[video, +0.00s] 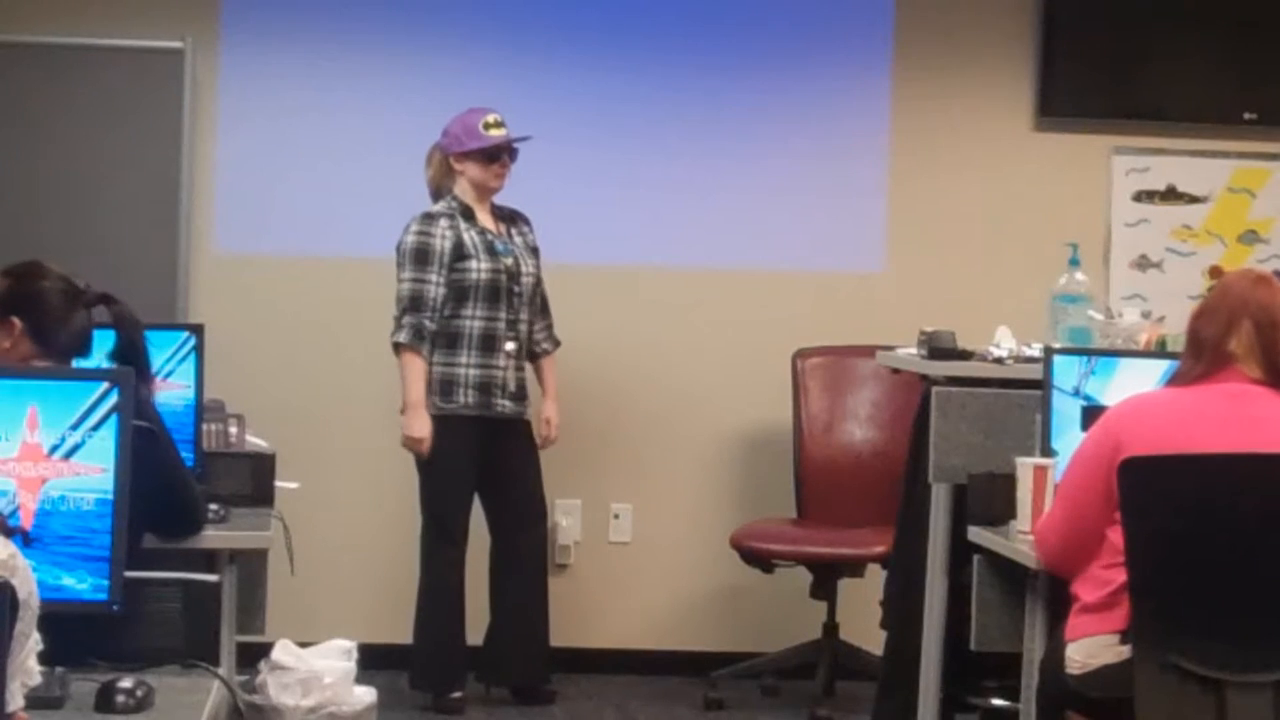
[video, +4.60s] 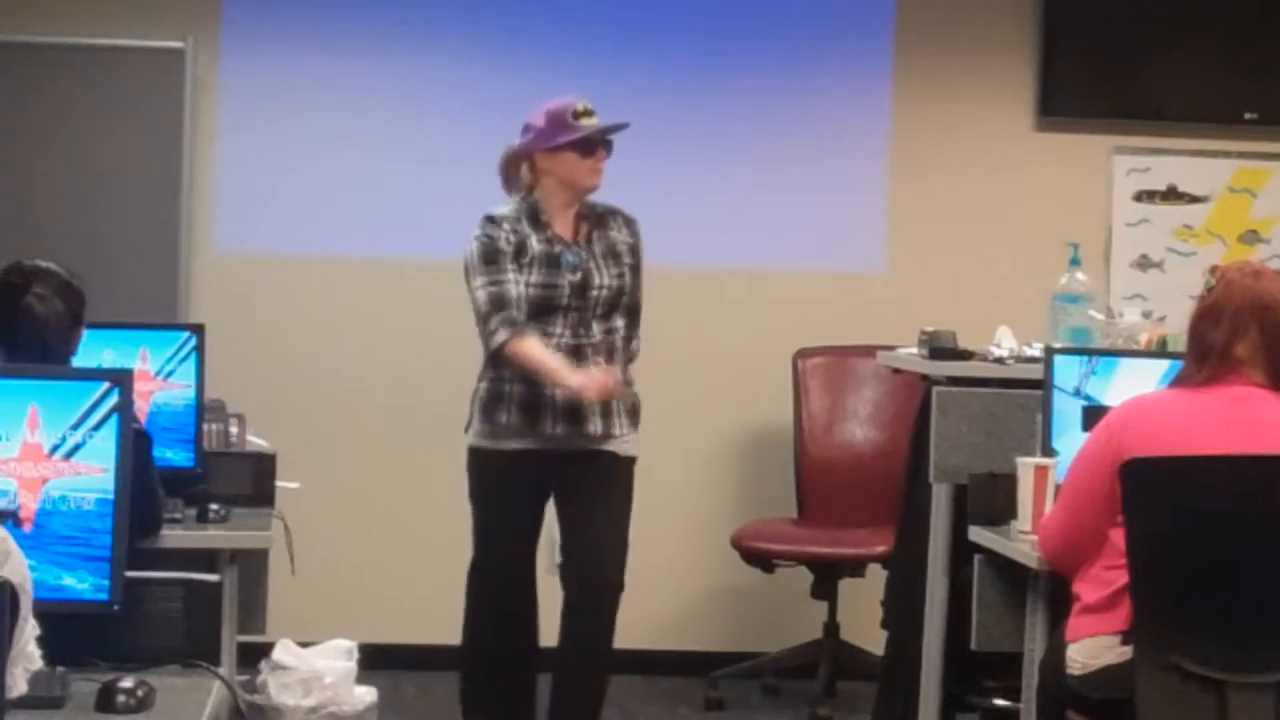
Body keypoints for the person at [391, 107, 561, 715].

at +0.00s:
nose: (502, 165)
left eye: (506, 156)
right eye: (489, 156)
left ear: (507, 163)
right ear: (456, 160)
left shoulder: (518, 231)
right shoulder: (429, 227)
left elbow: (538, 321)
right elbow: (412, 326)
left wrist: (549, 394)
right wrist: (414, 406)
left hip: (509, 416)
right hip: (448, 416)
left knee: (523, 541)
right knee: (446, 547)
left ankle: (517, 671)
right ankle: (440, 679)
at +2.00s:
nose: (492, 159)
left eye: (498, 151)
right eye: (477, 152)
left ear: (504, 164)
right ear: (448, 164)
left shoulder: (518, 237)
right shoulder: (423, 231)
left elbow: (537, 329)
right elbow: (402, 329)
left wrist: (549, 406)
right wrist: (413, 406)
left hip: (512, 421)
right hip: (446, 421)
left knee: (535, 539)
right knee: (450, 551)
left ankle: (516, 671)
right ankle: (440, 683)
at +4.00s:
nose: (511, 165)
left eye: (526, 155)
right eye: (499, 153)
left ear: (548, 166)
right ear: (483, 162)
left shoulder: (572, 240)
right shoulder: (449, 236)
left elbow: (572, 335)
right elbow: (414, 329)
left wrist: (526, 389)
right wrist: (411, 402)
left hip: (543, 430)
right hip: (457, 426)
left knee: (557, 572)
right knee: (453, 568)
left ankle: (524, 706)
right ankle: (454, 703)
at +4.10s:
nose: (536, 177)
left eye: (547, 168)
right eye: (521, 167)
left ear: (558, 180)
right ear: (492, 178)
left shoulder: (576, 257)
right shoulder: (450, 249)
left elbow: (594, 366)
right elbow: (407, 349)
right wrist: (400, 440)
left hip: (549, 450)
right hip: (460, 449)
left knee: (580, 580)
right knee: (454, 592)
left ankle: (533, 714)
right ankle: (446, 714)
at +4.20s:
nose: (556, 163)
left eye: (564, 154)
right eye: (540, 154)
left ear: (571, 164)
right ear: (506, 161)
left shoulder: (589, 240)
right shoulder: (465, 229)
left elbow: (632, 326)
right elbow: (424, 316)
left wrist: (667, 413)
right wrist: (440, 393)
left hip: (556, 433)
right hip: (471, 430)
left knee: (575, 569)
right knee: (458, 575)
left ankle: (569, 711)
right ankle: (437, 711)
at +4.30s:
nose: (571, 175)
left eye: (577, 165)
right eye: (555, 164)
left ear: (581, 173)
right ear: (519, 173)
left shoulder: (592, 243)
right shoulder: (487, 231)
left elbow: (640, 303)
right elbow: (456, 306)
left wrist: (692, 364)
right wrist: (500, 370)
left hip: (569, 441)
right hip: (484, 438)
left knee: (581, 579)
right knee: (464, 580)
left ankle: (578, 710)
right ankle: (439, 707)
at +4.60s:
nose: (600, 158)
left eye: (601, 148)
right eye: (584, 149)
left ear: (599, 157)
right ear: (540, 161)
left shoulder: (620, 231)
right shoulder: (496, 232)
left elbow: (627, 327)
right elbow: (501, 328)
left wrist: (610, 371)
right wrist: (568, 375)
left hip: (601, 440)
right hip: (511, 437)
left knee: (597, 591)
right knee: (501, 591)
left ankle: (576, 715)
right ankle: (496, 714)